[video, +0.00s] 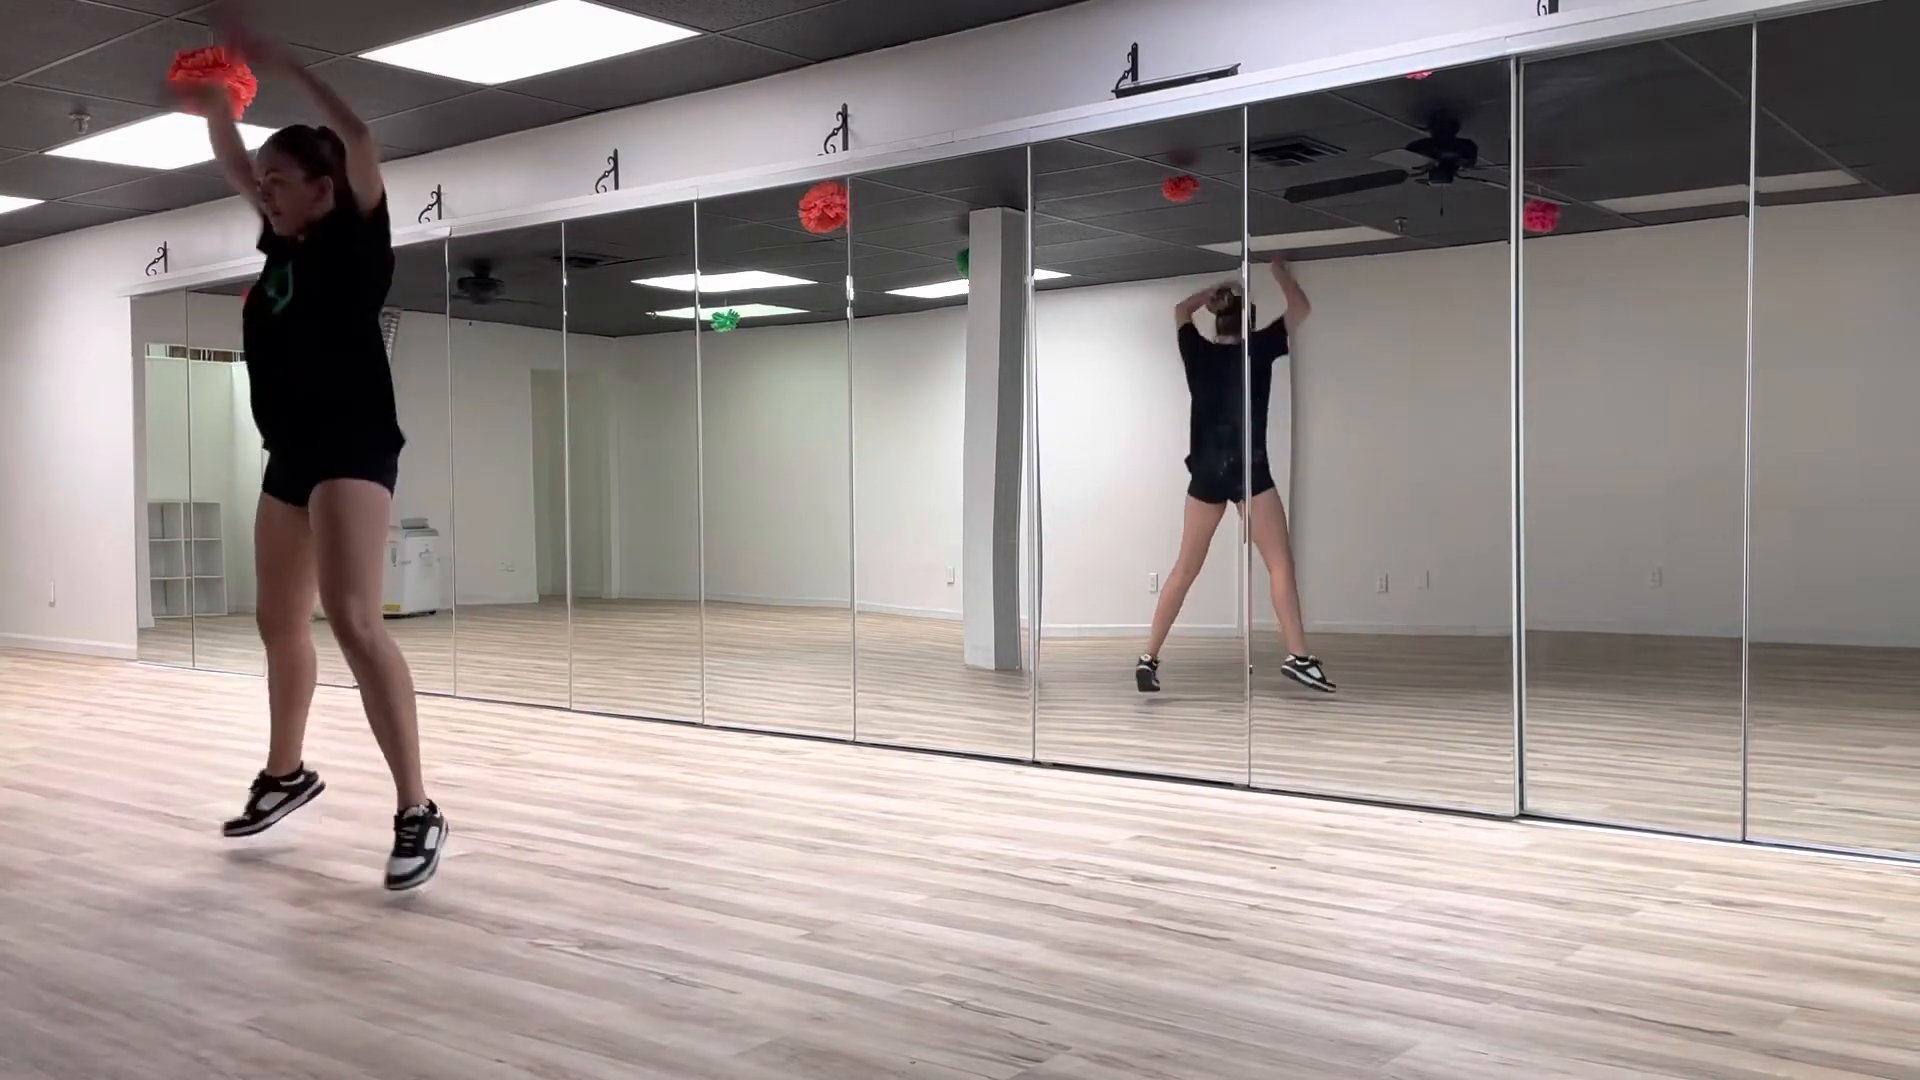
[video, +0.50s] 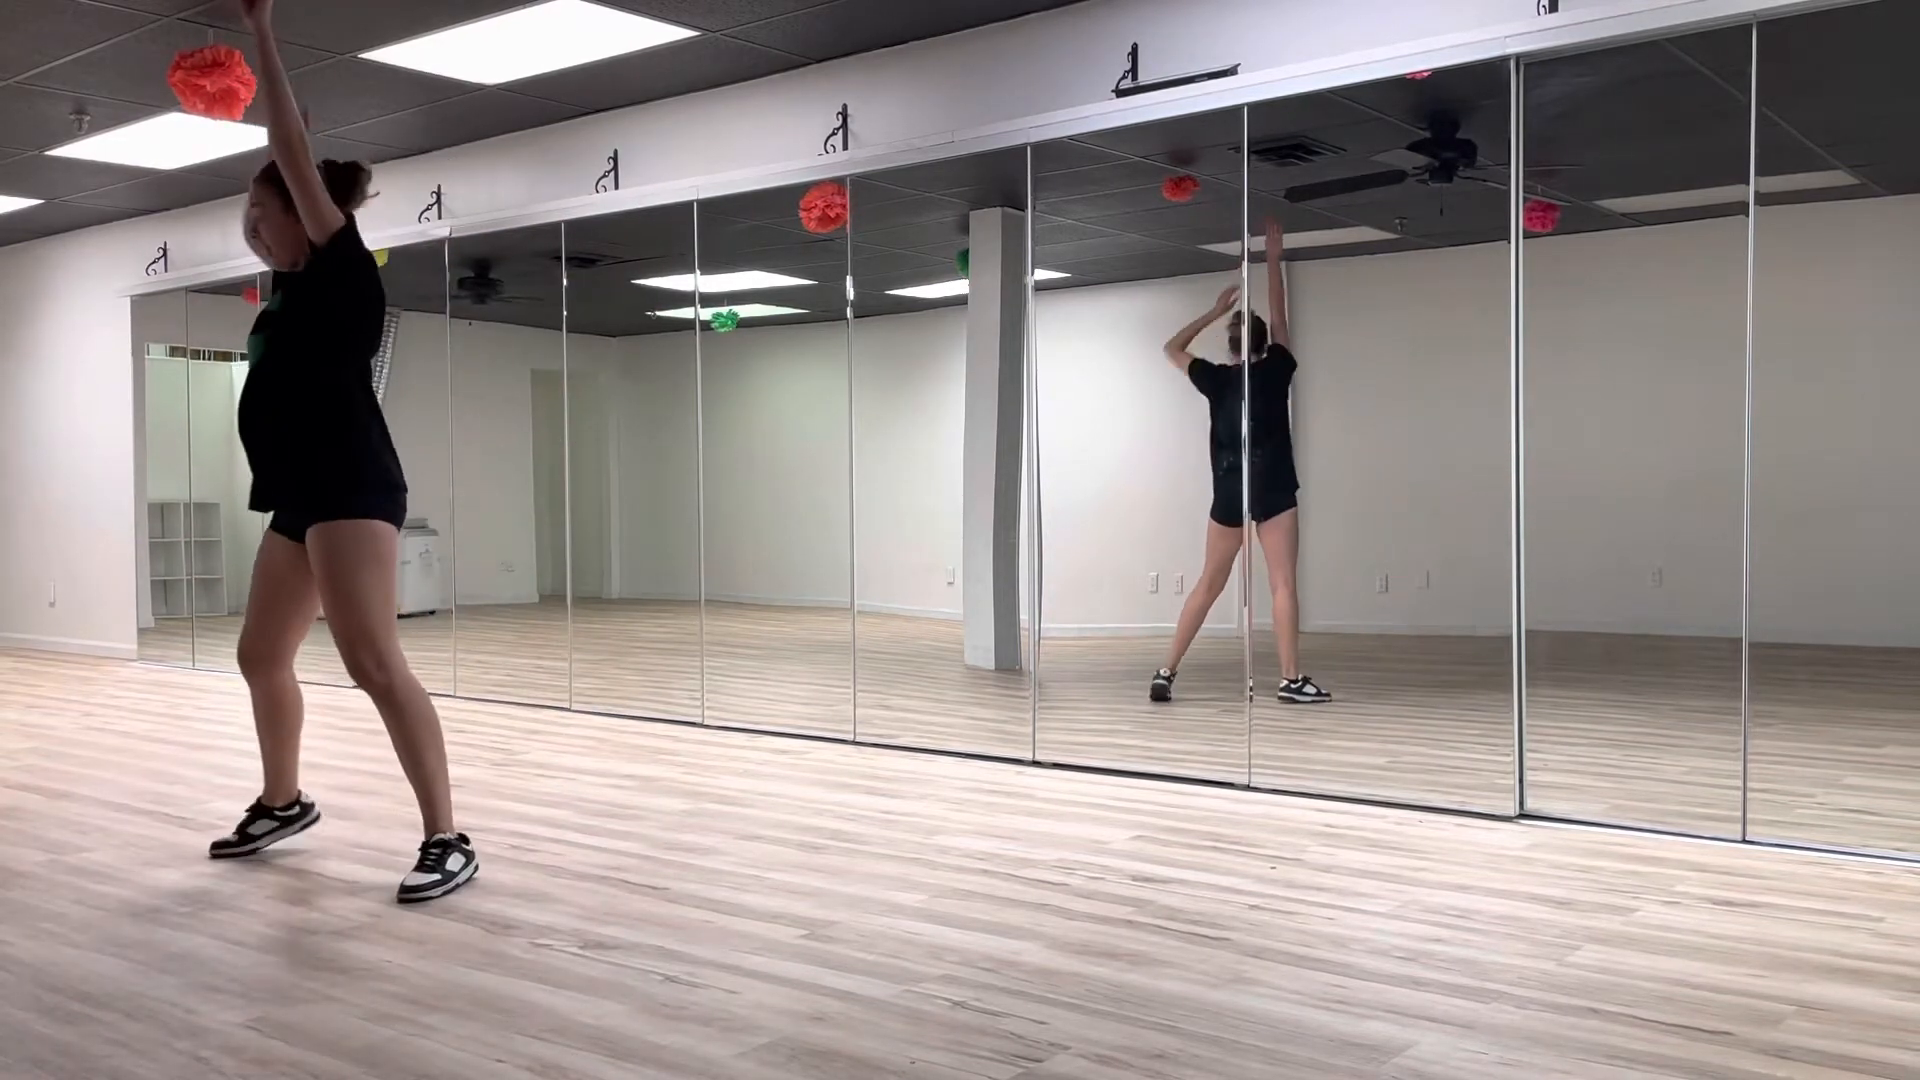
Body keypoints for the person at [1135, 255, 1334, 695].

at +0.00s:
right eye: (1248, 312)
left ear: (1213, 321)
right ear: (1249, 318)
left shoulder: (1197, 354)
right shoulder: (1261, 347)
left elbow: (1181, 313)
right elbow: (1300, 309)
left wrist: (1206, 296)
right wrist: (1281, 271)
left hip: (1207, 469)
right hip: (1252, 469)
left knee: (1184, 569)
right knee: (1280, 565)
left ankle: (1149, 658)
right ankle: (1298, 655)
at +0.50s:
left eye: (1236, 335)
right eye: (1261, 332)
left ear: (1229, 343)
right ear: (1266, 340)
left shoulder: (1216, 378)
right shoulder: (1276, 370)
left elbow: (1174, 349)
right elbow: (1278, 310)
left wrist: (1213, 314)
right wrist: (1274, 253)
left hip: (1228, 490)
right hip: (1275, 486)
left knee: (1209, 584)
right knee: (1282, 585)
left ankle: (1167, 671)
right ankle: (1291, 679)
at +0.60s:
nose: (1227, 350)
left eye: (1229, 343)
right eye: (1277, 330)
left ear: (1235, 344)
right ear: (1273, 339)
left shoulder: (1224, 377)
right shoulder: (1286, 365)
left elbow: (1162, 396)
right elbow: (1281, 308)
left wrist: (1190, 354)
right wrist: (1276, 254)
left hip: (1227, 484)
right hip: (1274, 483)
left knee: (1206, 574)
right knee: (1283, 583)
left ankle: (1169, 660)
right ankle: (1291, 676)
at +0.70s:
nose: (1221, 345)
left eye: (1226, 337)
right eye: (1223, 337)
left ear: (1242, 339)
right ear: (1264, 338)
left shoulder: (1225, 382)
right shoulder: (1285, 364)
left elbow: (1192, 435)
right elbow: (1278, 306)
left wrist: (1165, 401)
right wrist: (1277, 251)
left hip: (1221, 477)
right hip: (1269, 477)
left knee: (1201, 572)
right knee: (1277, 579)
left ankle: (1169, 661)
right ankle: (1292, 673)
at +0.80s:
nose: (1219, 352)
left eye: (1223, 345)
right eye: (1220, 344)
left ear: (1243, 345)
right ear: (1258, 343)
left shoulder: (1230, 388)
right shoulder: (1280, 369)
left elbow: (1213, 451)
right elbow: (1271, 313)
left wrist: (1164, 476)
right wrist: (1274, 254)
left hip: (1212, 482)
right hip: (1258, 482)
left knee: (1192, 576)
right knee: (1266, 578)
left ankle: (1167, 670)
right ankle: (1292, 672)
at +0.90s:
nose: (1217, 357)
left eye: (1223, 350)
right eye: (1218, 349)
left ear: (1244, 353)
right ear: (1259, 354)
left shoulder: (1226, 397)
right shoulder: (1276, 378)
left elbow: (1210, 460)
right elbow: (1268, 319)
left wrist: (1201, 512)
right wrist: (1271, 259)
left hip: (1203, 483)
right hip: (1245, 486)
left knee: (1182, 583)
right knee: (1260, 579)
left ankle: (1163, 677)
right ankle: (1291, 673)